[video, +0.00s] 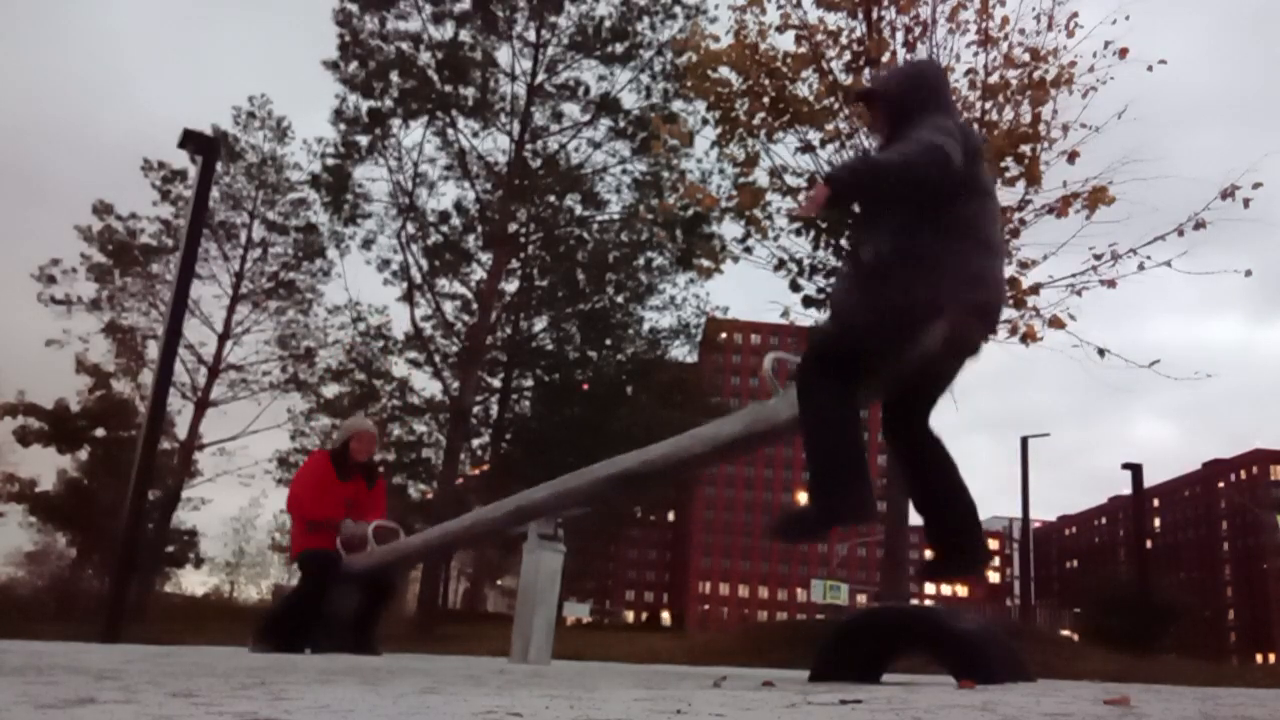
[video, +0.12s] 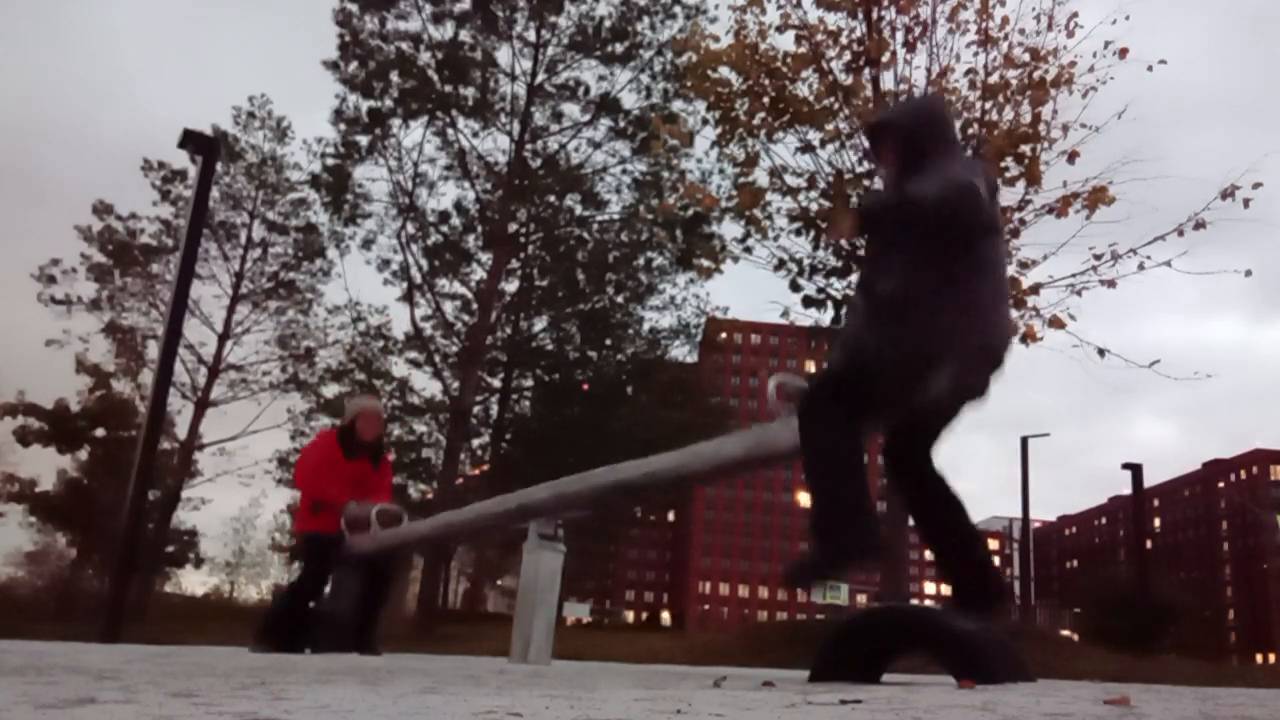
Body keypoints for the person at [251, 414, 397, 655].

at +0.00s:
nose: (366, 449)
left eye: (371, 443)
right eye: (360, 441)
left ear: (376, 447)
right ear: (347, 442)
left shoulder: (372, 478)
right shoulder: (321, 462)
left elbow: (375, 518)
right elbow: (298, 503)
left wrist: (363, 532)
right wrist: (338, 521)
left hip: (353, 548)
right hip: (315, 541)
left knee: (381, 583)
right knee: (322, 578)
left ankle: (359, 642)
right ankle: (275, 636)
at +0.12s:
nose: (372, 428)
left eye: (377, 422)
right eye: (366, 421)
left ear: (382, 426)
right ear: (352, 422)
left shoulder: (380, 459)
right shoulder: (328, 442)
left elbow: (383, 497)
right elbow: (304, 477)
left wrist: (368, 510)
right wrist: (340, 499)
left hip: (356, 532)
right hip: (319, 527)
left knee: (373, 578)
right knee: (315, 578)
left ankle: (360, 638)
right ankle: (274, 633)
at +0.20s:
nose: (378, 410)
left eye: (381, 405)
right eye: (373, 404)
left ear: (384, 408)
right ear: (358, 404)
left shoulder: (383, 440)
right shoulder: (331, 426)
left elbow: (388, 478)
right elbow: (308, 464)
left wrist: (373, 495)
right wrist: (343, 487)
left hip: (362, 517)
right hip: (323, 510)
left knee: (379, 568)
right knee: (316, 566)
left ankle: (362, 635)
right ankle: (275, 630)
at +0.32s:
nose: (382, 384)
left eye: (387, 378)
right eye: (377, 377)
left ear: (391, 381)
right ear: (363, 376)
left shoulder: (391, 414)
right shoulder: (334, 402)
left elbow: (394, 454)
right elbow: (320, 442)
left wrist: (378, 467)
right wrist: (353, 464)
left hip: (368, 492)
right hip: (329, 485)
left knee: (375, 548)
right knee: (323, 541)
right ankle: (287, 606)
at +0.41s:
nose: (385, 366)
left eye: (390, 361)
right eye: (380, 359)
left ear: (395, 364)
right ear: (367, 359)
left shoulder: (396, 395)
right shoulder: (343, 380)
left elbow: (400, 436)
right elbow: (326, 421)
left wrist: (382, 452)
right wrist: (355, 449)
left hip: (374, 473)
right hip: (334, 465)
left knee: (385, 526)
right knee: (330, 521)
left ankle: (376, 593)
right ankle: (299, 583)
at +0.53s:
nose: (389, 343)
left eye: (394, 337)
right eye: (383, 336)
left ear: (401, 343)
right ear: (372, 338)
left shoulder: (400, 374)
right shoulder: (350, 361)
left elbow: (404, 415)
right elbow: (336, 402)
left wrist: (389, 436)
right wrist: (364, 431)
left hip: (380, 454)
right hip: (342, 446)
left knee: (391, 510)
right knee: (335, 506)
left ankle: (381, 581)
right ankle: (303, 575)